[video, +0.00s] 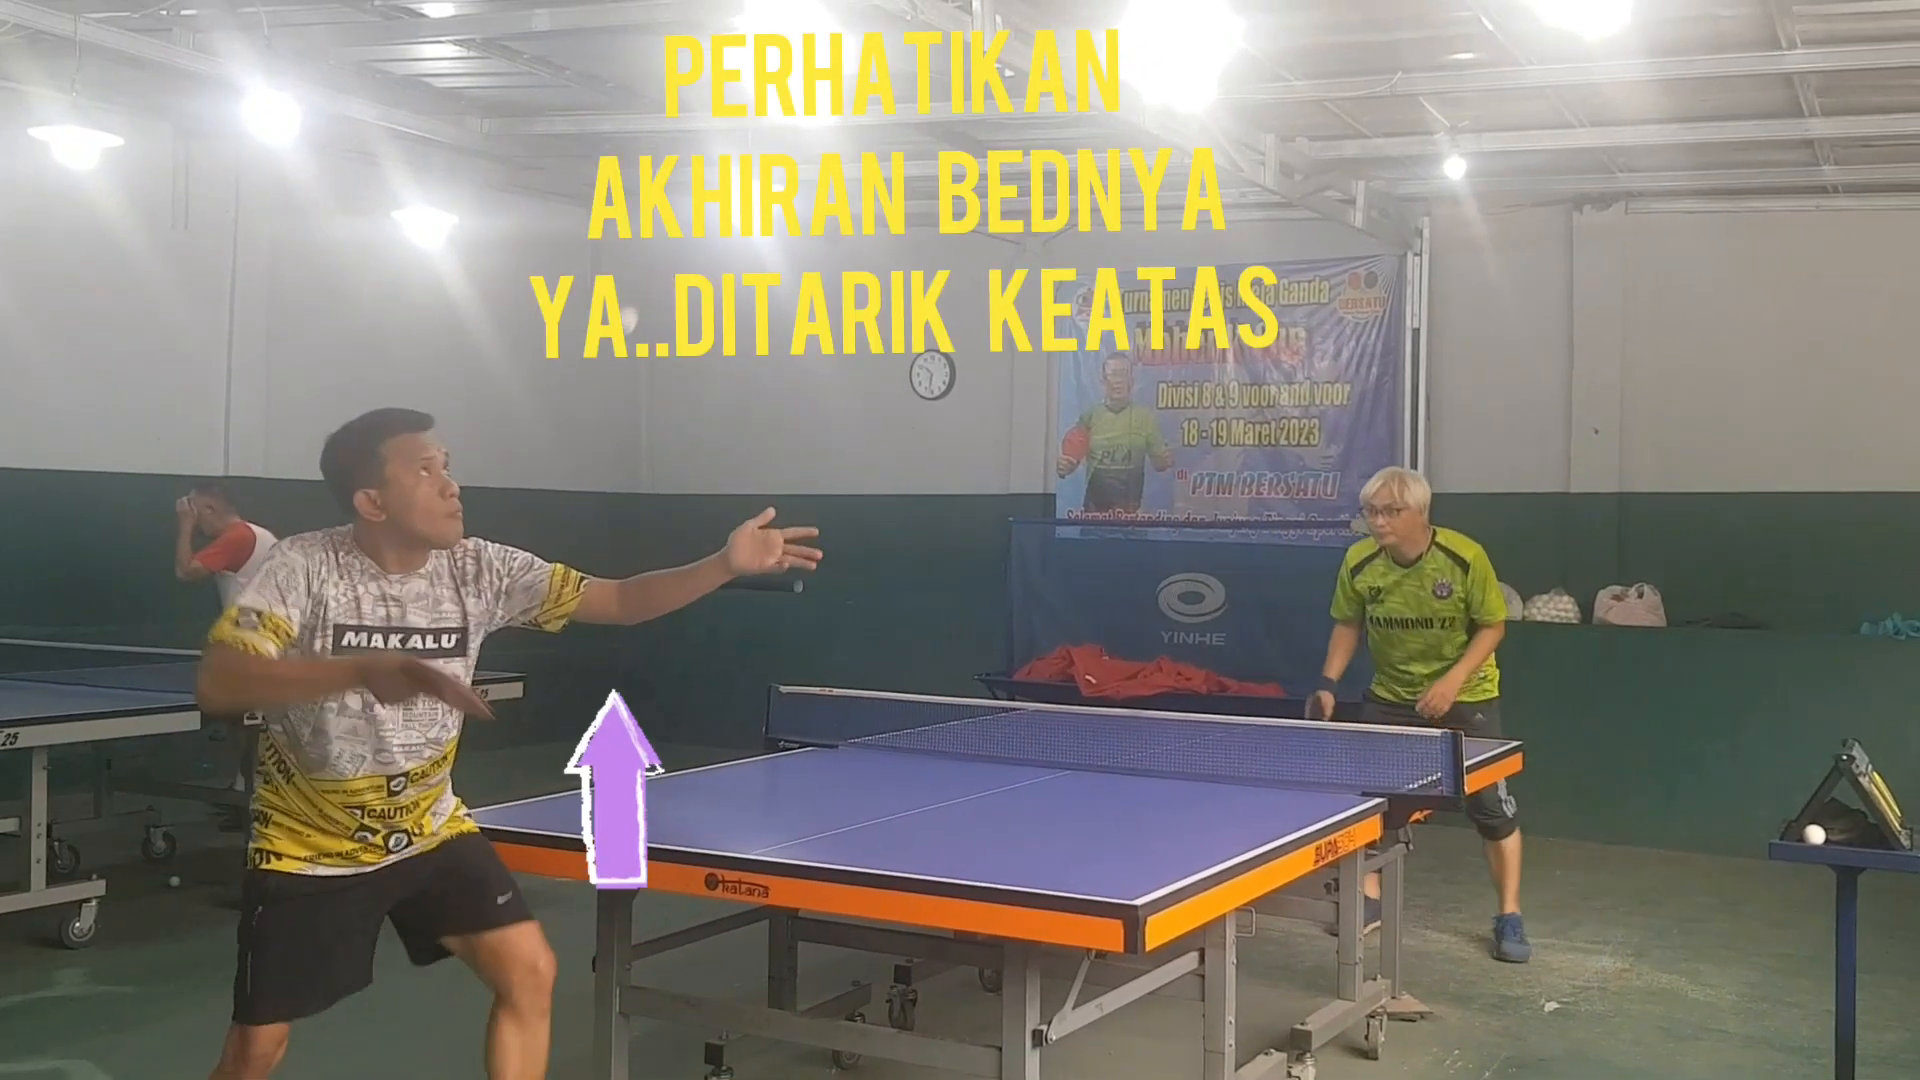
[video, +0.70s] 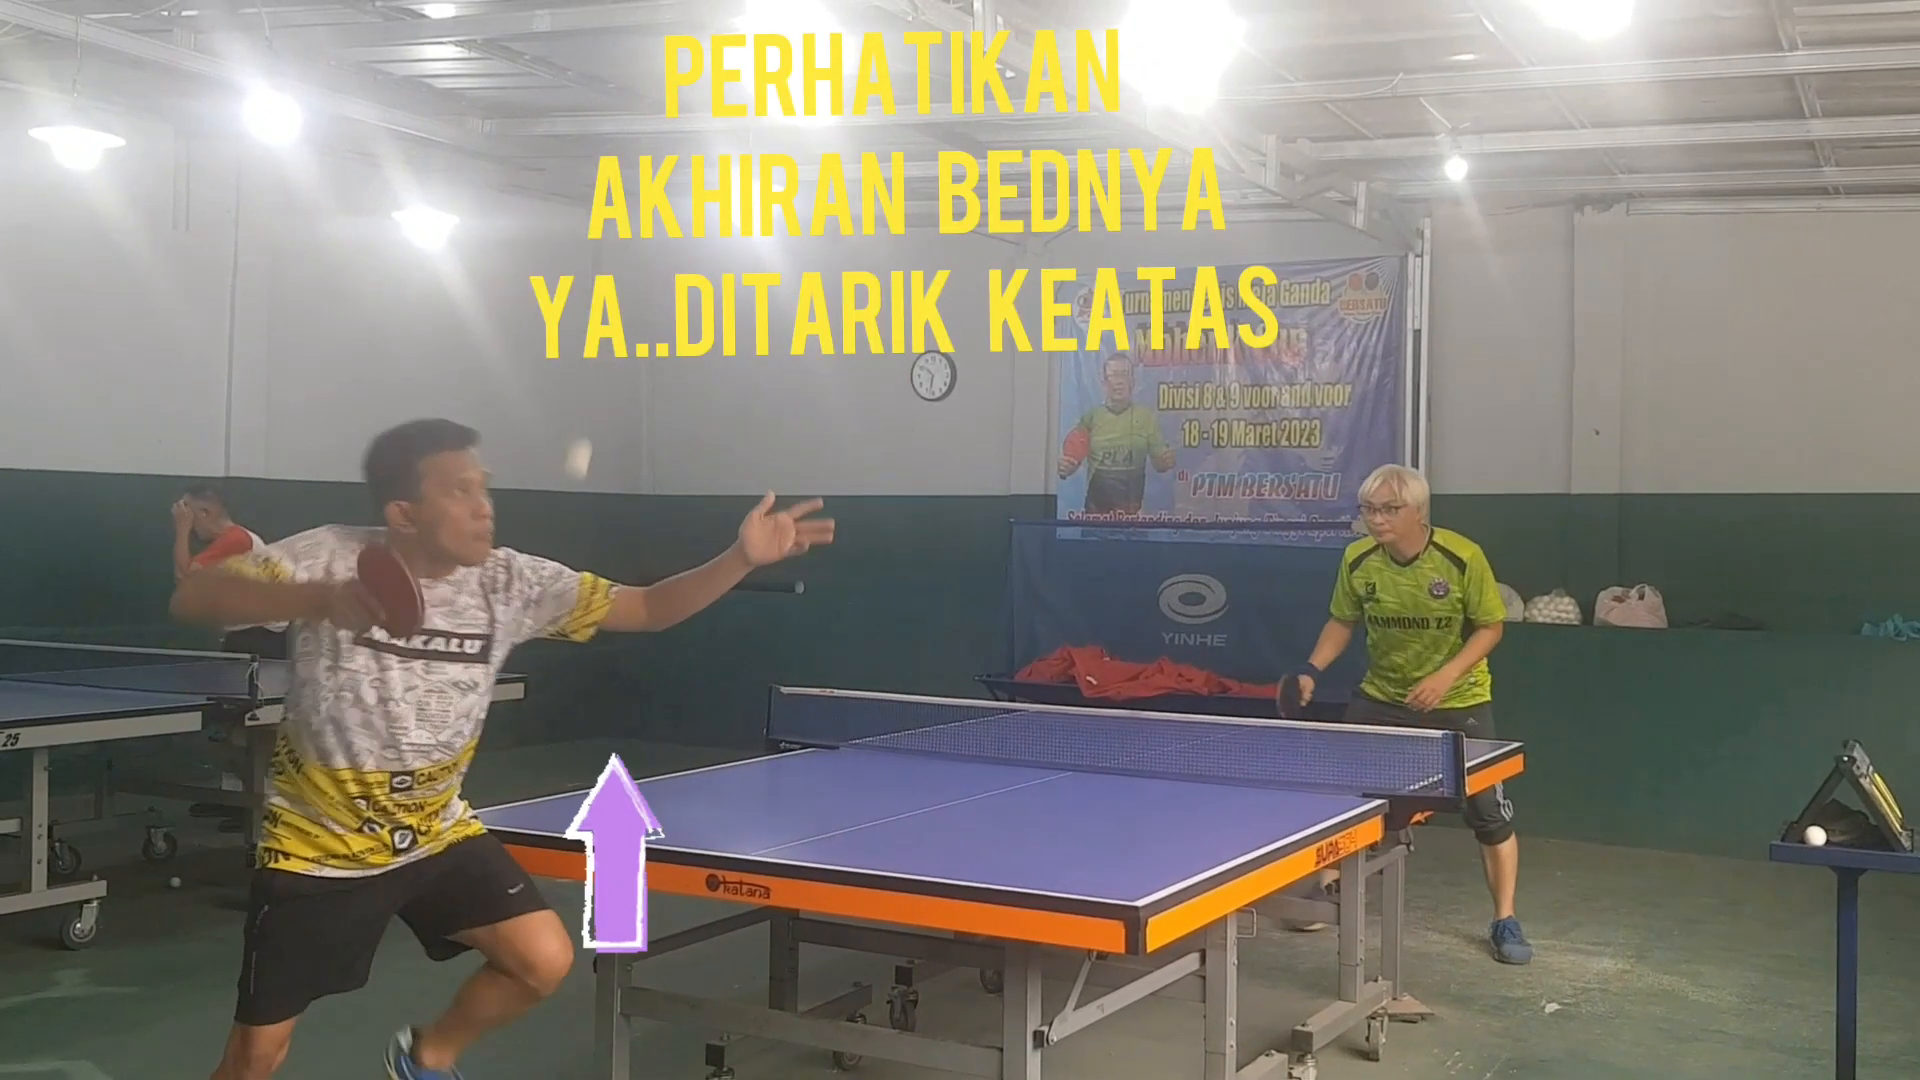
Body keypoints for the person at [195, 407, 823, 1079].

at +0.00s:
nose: (452, 481)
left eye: (448, 465)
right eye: (427, 469)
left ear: (444, 477)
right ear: (368, 500)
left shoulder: (480, 569)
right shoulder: (297, 569)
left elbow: (617, 601)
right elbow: (218, 683)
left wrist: (725, 564)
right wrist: (362, 670)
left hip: (429, 827)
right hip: (306, 841)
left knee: (529, 970)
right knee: (258, 1043)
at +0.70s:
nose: (487, 507)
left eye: (485, 489)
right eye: (467, 493)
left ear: (483, 501)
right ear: (403, 514)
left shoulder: (510, 581)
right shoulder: (327, 560)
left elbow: (642, 608)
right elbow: (192, 597)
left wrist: (742, 557)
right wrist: (320, 601)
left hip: (434, 828)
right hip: (316, 843)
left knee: (542, 962)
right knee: (257, 1051)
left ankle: (426, 1057)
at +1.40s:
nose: (564, 548)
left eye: (568, 529)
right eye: (547, 529)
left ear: (565, 530)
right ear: (487, 532)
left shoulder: (566, 602)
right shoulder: (411, 558)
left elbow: (689, 612)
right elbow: (290, 565)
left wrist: (719, 531)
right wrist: (411, 652)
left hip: (459, 844)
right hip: (346, 846)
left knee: (565, 996)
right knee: (267, 1054)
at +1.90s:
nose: (645, 601)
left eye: (650, 584)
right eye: (640, 578)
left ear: (592, 574)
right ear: (587, 569)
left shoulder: (599, 649)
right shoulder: (479, 583)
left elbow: (690, 665)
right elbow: (354, 634)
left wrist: (678, 543)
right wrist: (505, 638)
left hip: (495, 879)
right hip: (382, 876)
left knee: (597, 1030)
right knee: (316, 1065)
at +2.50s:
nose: (693, 641)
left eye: (698, 626)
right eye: (692, 621)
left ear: (646, 614)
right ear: (648, 612)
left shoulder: (632, 687)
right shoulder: (517, 615)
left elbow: (715, 746)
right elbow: (385, 695)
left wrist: (730, 635)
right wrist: (466, 613)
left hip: (510, 897)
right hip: (411, 886)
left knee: (618, 1035)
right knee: (383, 1072)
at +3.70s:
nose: (671, 616)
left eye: (674, 600)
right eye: (670, 598)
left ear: (626, 592)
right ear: (631, 591)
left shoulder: (607, 672)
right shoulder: (495, 613)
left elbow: (679, 758)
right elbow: (406, 717)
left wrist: (726, 702)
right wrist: (533, 695)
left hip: (490, 887)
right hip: (398, 878)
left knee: (600, 1027)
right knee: (402, 1075)